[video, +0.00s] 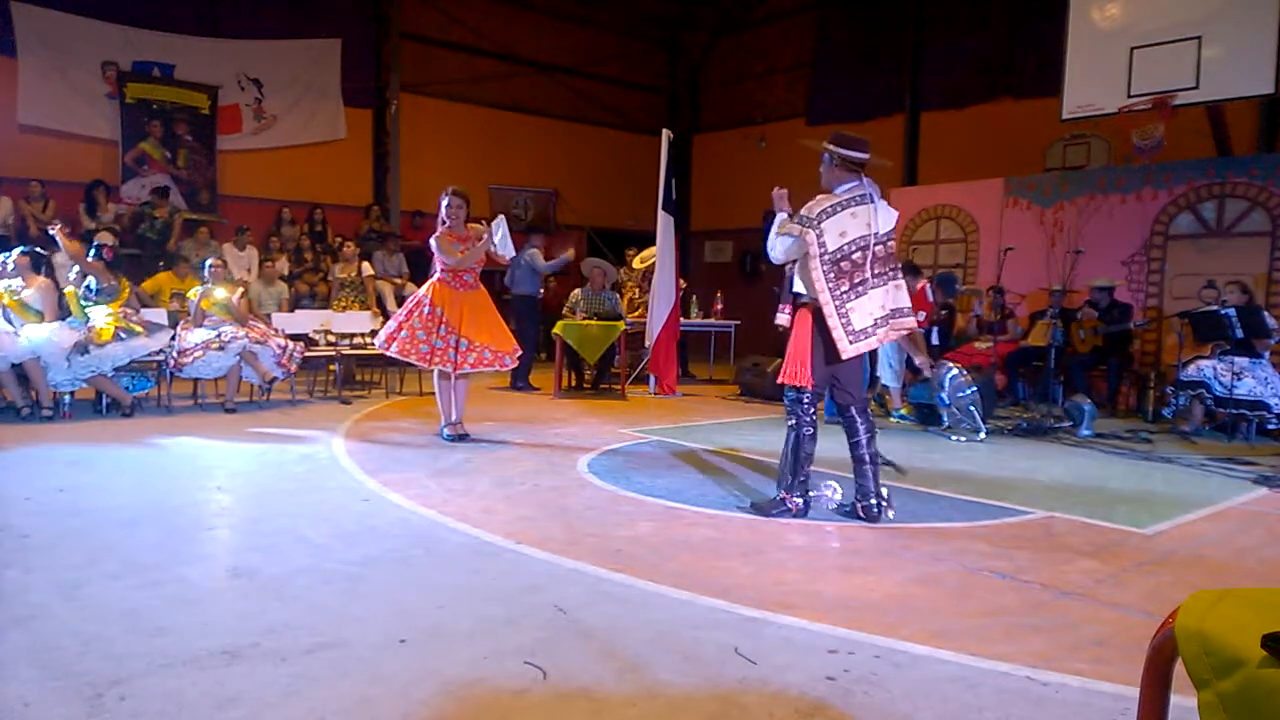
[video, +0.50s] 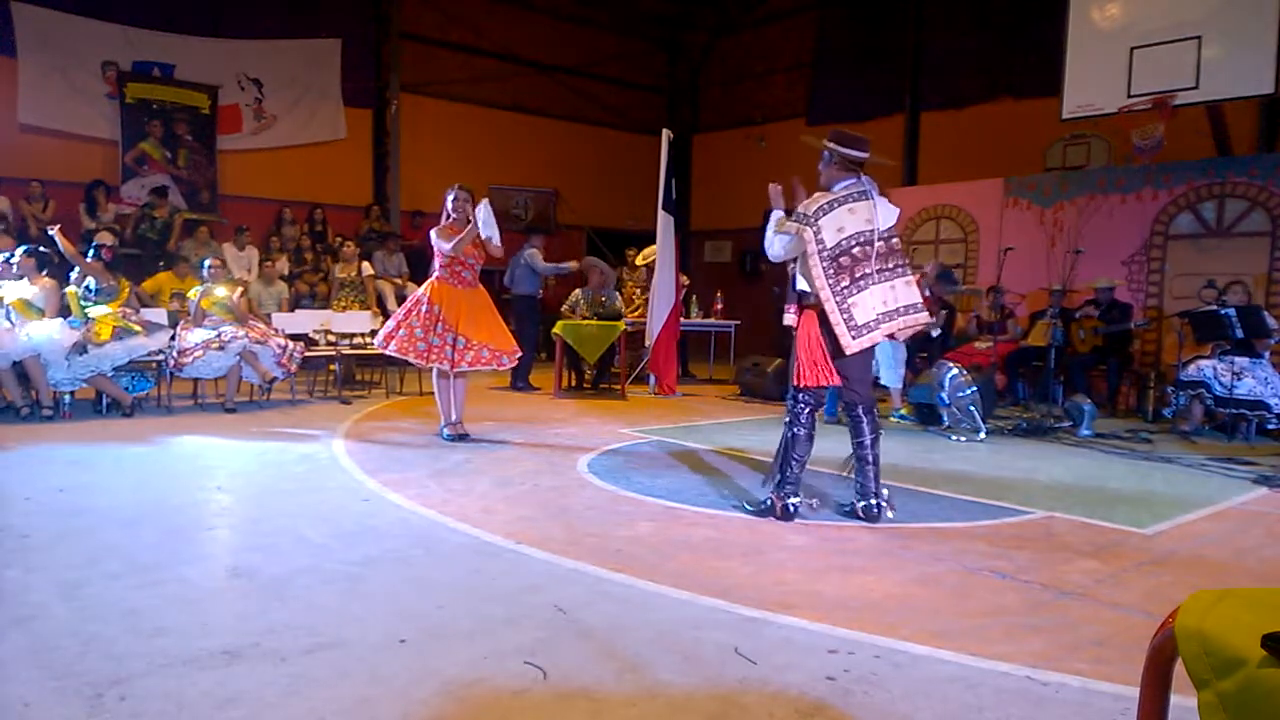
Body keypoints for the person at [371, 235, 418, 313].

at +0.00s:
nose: (395, 244)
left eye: (396, 241)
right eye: (392, 241)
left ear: (398, 243)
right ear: (386, 243)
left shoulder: (400, 255)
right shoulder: (378, 255)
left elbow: (405, 272)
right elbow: (379, 274)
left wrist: (403, 282)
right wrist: (393, 281)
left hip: (397, 278)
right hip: (384, 278)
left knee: (412, 289)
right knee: (386, 289)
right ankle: (393, 313)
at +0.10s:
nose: (395, 244)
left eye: (396, 241)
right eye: (392, 241)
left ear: (398, 243)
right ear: (386, 243)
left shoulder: (400, 255)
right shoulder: (378, 255)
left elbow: (406, 272)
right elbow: (379, 274)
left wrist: (403, 282)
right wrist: (393, 281)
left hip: (397, 278)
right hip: (384, 278)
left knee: (412, 289)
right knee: (387, 289)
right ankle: (394, 313)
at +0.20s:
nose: (395, 244)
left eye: (396, 241)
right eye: (392, 241)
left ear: (398, 243)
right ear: (386, 243)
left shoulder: (400, 255)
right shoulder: (378, 255)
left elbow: (405, 271)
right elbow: (379, 274)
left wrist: (404, 281)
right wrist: (393, 282)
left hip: (397, 278)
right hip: (384, 278)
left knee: (413, 288)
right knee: (387, 289)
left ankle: (417, 312)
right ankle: (394, 313)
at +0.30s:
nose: (395, 244)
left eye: (396, 241)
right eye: (392, 241)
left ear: (398, 243)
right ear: (386, 243)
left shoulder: (400, 255)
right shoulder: (378, 255)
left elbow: (405, 271)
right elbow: (379, 274)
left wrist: (404, 281)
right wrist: (393, 281)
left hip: (397, 278)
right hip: (383, 278)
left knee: (413, 288)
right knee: (387, 289)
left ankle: (418, 312)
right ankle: (394, 313)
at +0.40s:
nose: (395, 244)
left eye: (396, 241)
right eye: (392, 241)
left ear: (398, 243)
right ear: (386, 243)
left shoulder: (400, 255)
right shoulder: (378, 255)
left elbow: (405, 271)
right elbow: (379, 273)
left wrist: (404, 281)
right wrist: (393, 282)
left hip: (397, 278)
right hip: (383, 278)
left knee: (413, 288)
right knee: (387, 288)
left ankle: (418, 311)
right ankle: (393, 313)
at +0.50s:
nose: (395, 244)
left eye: (396, 241)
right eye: (392, 241)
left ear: (398, 243)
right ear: (386, 243)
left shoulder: (400, 255)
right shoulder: (378, 255)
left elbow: (405, 271)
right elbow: (379, 273)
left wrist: (404, 280)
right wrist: (393, 281)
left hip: (397, 278)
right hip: (383, 278)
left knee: (413, 288)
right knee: (387, 289)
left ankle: (418, 311)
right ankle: (394, 313)